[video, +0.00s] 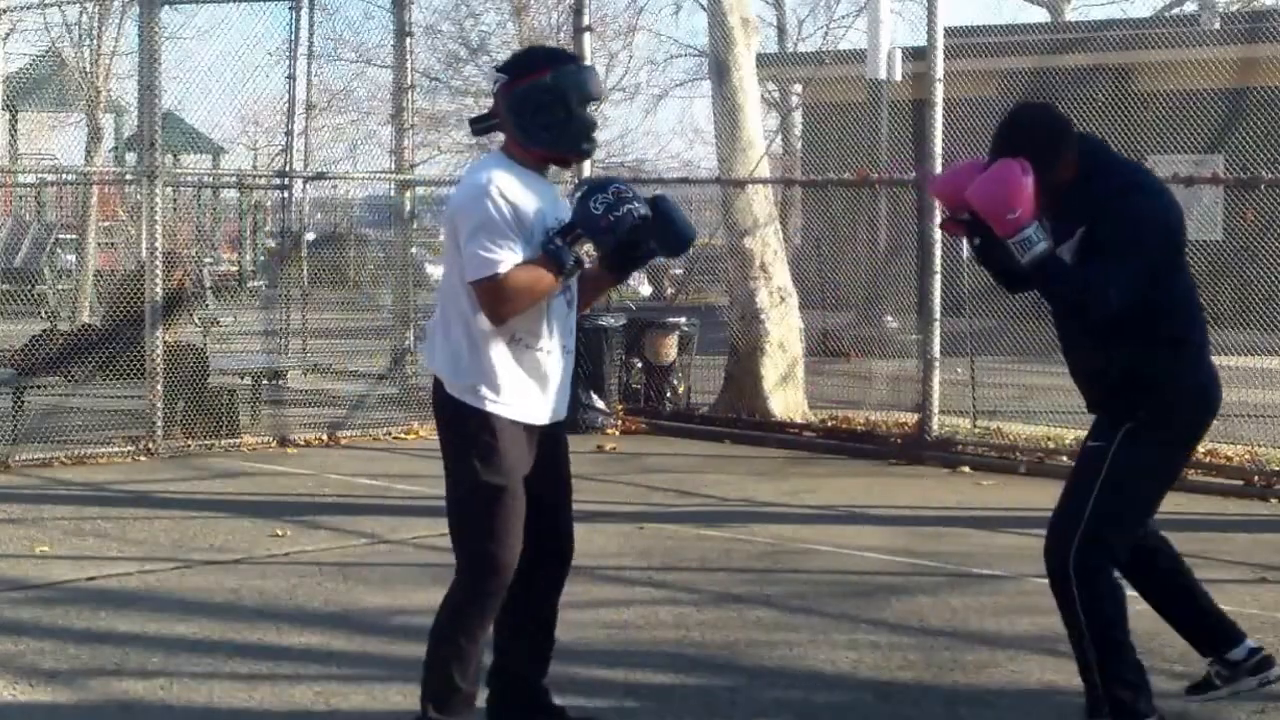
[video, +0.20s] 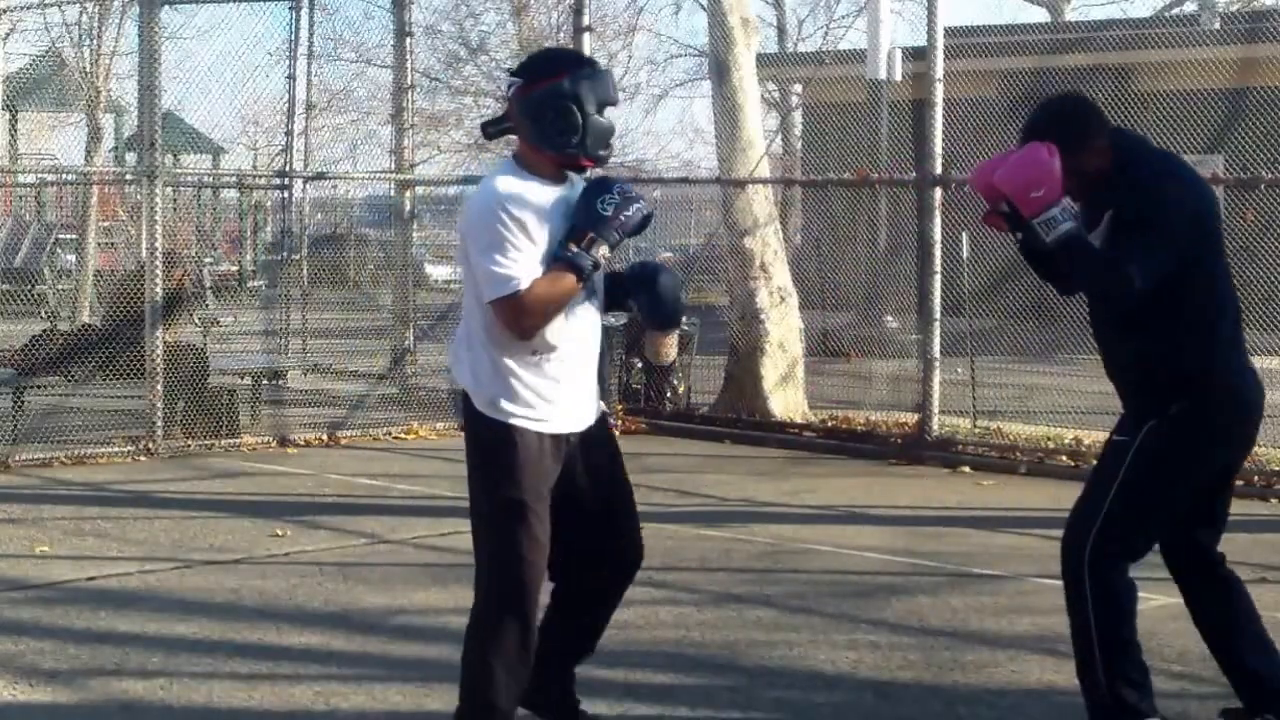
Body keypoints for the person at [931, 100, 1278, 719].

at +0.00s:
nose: (1020, 199)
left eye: (1025, 183)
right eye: (1015, 185)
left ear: (1060, 167)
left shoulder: (1134, 204)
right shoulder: (1063, 194)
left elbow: (1099, 307)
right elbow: (1026, 278)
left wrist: (1032, 241)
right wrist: (980, 231)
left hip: (1165, 402)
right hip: (1127, 400)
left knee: (1075, 551)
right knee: (1120, 535)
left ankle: (1123, 706)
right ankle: (1237, 656)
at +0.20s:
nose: (1060, 188)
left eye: (1060, 173)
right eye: (1052, 176)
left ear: (1093, 152)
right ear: (1092, 150)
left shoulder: (1164, 189)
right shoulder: (1113, 187)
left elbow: (1121, 286)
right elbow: (1070, 276)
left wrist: (1050, 215)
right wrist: (1022, 224)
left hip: (1192, 407)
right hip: (1182, 403)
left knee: (1090, 551)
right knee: (1192, 555)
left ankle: (1121, 708)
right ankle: (1267, 697)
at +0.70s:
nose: (1080, 186)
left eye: (1081, 173)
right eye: (1074, 174)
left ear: (1114, 158)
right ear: (1124, 150)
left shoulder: (1177, 204)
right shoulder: (1174, 180)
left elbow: (1108, 297)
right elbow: (1080, 282)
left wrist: (1059, 210)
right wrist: (1036, 221)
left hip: (1205, 415)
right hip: (1248, 409)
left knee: (1117, 562)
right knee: (1220, 555)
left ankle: (1112, 707)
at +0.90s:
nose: (1169, 163)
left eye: (1173, 148)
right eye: (1166, 151)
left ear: (1203, 136)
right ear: (1223, 129)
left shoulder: (1237, 199)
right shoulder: (1256, 183)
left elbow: (1162, 255)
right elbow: (1155, 242)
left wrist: (1099, 192)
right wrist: (1095, 191)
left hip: (1233, 426)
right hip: (1256, 424)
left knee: (1131, 565)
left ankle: (1110, 709)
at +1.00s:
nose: (1226, 156)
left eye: (1231, 140)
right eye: (1223, 143)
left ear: (1262, 132)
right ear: (1263, 134)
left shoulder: (1272, 202)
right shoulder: (1265, 200)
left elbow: (1223, 276)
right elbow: (1221, 277)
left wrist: (1185, 195)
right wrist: (1169, 213)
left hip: (1255, 431)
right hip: (1254, 426)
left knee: (1162, 568)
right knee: (1164, 567)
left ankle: (1119, 707)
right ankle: (1122, 705)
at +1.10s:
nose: (1265, 153)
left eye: (1269, 140)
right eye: (1263, 141)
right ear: (1261, 140)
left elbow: (1262, 272)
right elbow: (1262, 270)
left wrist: (1226, 198)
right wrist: (1228, 202)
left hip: (1278, 415)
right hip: (1276, 412)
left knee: (1216, 557)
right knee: (1217, 557)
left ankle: (1175, 704)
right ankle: (1176, 702)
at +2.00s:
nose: (1268, 150)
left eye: (1270, 135)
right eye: (1267, 135)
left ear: (1277, 137)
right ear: (1265, 137)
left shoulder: (1276, 214)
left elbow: (1269, 301)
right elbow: (1268, 300)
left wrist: (1205, 263)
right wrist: (1209, 264)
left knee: (1278, 617)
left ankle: (1268, 699)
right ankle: (1266, 697)